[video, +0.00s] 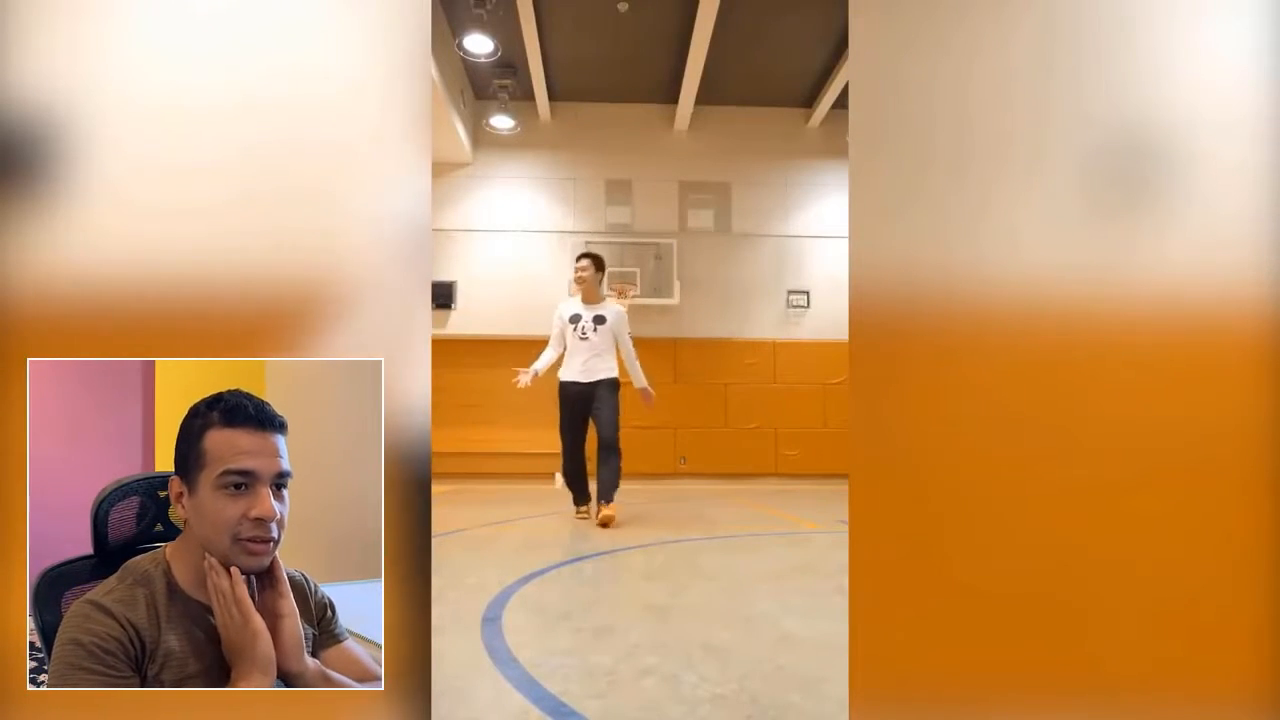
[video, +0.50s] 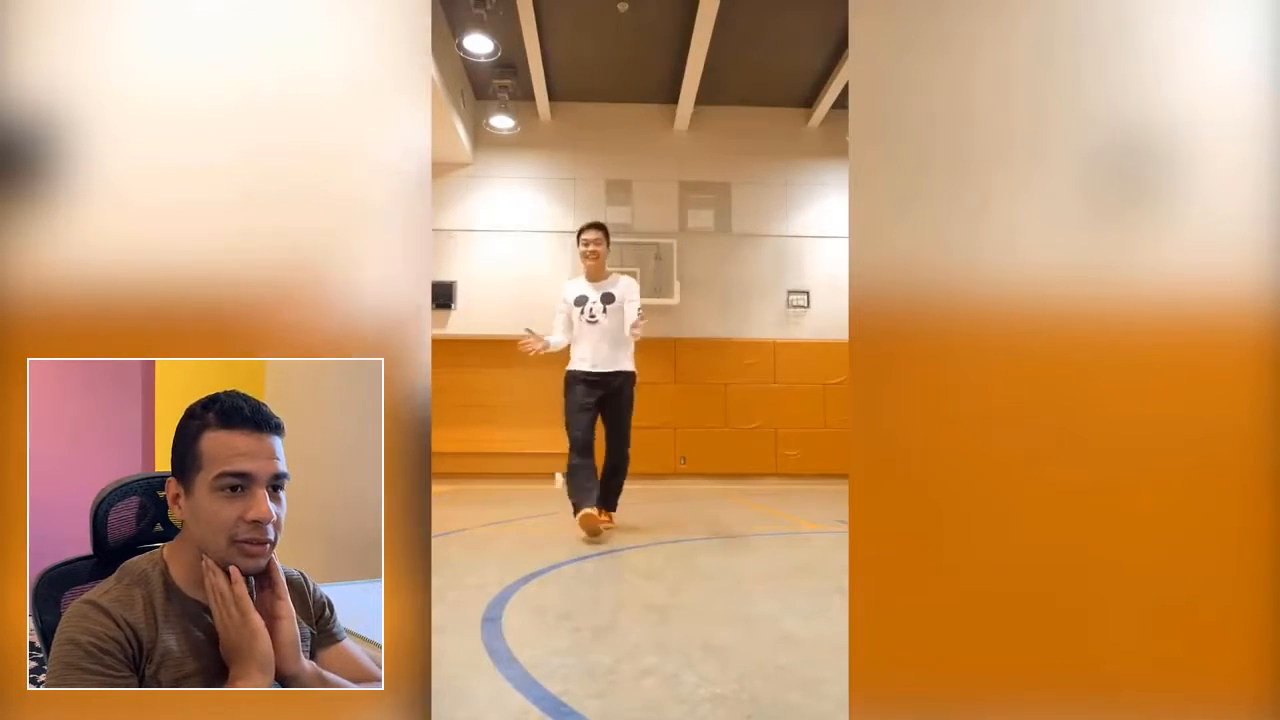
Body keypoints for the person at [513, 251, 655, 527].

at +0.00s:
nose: (578, 274)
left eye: (584, 270)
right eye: (576, 270)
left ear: (599, 274)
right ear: (574, 275)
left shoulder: (615, 312)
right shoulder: (565, 308)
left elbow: (628, 352)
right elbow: (554, 347)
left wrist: (642, 384)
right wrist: (534, 370)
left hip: (604, 381)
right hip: (572, 382)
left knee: (609, 437)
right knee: (572, 444)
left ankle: (605, 502)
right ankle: (581, 501)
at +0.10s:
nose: (585, 271)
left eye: (591, 266)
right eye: (582, 266)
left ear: (603, 272)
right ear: (578, 271)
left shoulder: (618, 309)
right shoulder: (567, 306)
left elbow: (631, 352)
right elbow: (555, 345)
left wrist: (645, 386)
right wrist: (534, 366)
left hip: (607, 380)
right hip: (574, 381)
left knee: (611, 440)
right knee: (573, 443)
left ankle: (603, 505)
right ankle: (582, 499)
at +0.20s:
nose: (592, 260)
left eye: (598, 256)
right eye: (588, 255)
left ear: (608, 262)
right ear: (581, 260)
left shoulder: (622, 300)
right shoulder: (570, 297)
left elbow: (638, 343)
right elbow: (558, 338)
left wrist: (653, 376)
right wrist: (533, 360)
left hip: (613, 375)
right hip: (578, 375)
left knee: (615, 440)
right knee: (572, 436)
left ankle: (606, 508)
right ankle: (580, 486)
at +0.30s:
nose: (592, 252)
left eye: (598, 247)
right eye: (588, 247)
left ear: (608, 253)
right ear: (581, 252)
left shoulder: (625, 291)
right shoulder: (570, 291)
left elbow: (641, 329)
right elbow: (559, 333)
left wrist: (654, 353)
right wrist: (533, 352)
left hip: (615, 371)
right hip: (579, 370)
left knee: (615, 440)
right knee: (576, 434)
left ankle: (606, 507)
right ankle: (585, 496)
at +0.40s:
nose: (592, 249)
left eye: (598, 244)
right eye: (587, 244)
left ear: (608, 250)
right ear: (580, 250)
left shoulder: (626, 287)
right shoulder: (570, 290)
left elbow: (643, 323)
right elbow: (561, 332)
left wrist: (652, 334)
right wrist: (534, 346)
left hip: (618, 372)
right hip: (580, 370)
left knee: (617, 443)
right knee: (578, 435)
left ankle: (607, 508)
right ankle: (588, 509)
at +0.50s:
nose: (591, 248)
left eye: (597, 243)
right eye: (586, 243)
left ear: (607, 248)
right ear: (578, 249)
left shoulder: (626, 286)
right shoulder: (570, 289)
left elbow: (633, 327)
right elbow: (562, 336)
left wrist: (636, 328)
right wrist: (544, 342)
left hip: (619, 374)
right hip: (581, 374)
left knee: (618, 444)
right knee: (579, 440)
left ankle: (606, 508)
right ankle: (585, 508)